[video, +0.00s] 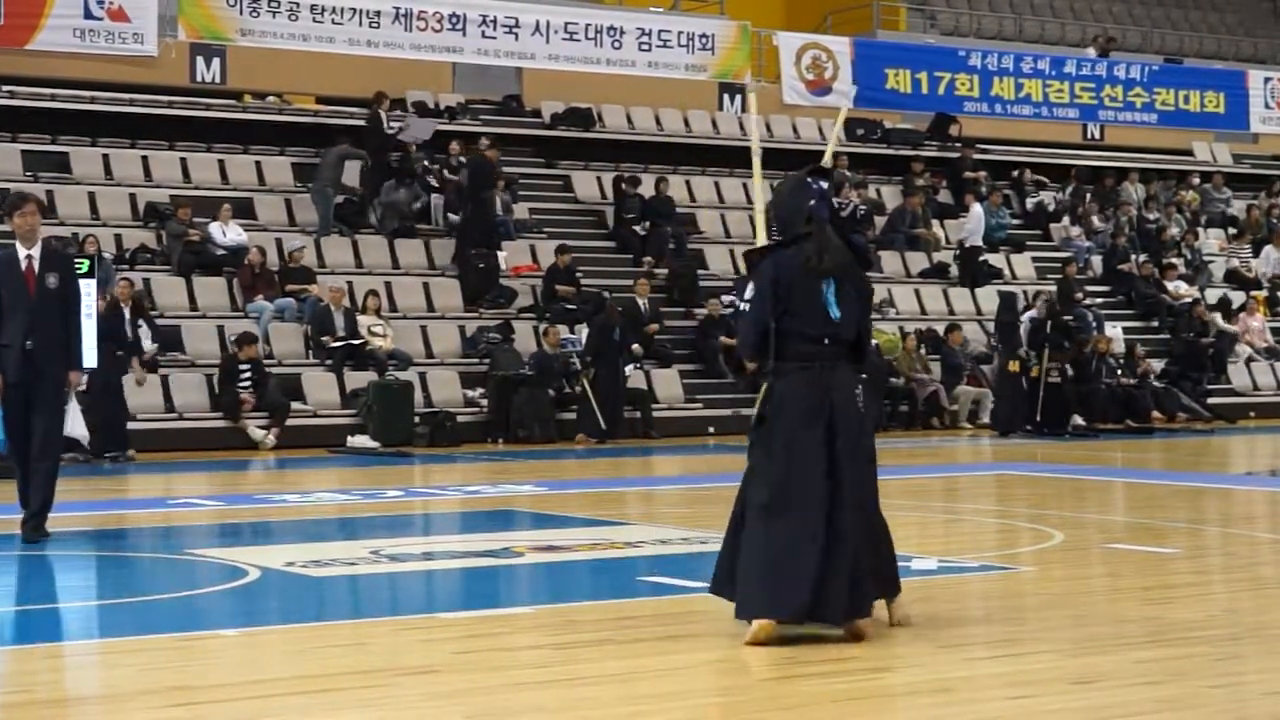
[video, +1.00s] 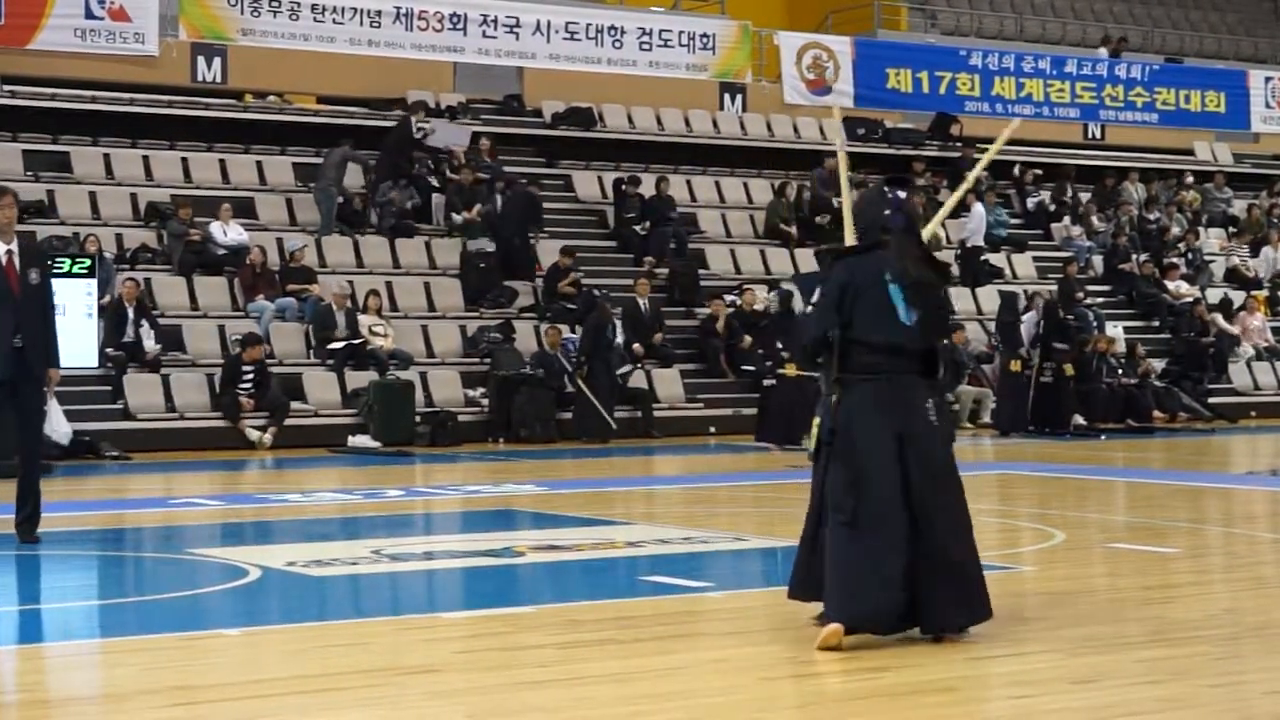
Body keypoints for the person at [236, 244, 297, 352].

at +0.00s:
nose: (251, 257)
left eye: (255, 254)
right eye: (250, 254)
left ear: (262, 258)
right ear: (248, 257)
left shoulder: (268, 273)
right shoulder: (244, 271)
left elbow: (276, 292)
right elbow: (246, 284)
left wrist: (264, 296)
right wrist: (247, 265)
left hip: (270, 301)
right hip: (251, 302)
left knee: (290, 303)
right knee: (268, 308)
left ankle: (289, 335)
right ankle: (262, 341)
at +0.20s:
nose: (252, 257)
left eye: (255, 254)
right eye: (251, 254)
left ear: (262, 258)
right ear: (248, 256)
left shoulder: (268, 272)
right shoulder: (244, 271)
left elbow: (276, 292)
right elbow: (246, 283)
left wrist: (264, 296)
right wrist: (247, 265)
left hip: (270, 301)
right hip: (251, 302)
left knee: (290, 303)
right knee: (269, 308)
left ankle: (289, 335)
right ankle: (262, 341)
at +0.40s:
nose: (252, 257)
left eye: (255, 254)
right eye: (251, 254)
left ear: (263, 258)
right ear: (249, 256)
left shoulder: (269, 273)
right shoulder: (245, 271)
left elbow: (277, 292)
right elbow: (246, 284)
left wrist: (265, 296)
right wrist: (247, 265)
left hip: (271, 301)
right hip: (252, 302)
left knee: (291, 303)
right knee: (269, 308)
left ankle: (289, 333)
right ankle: (261, 339)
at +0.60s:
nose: (253, 257)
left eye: (257, 254)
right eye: (252, 254)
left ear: (263, 258)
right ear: (250, 256)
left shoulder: (270, 273)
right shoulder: (246, 271)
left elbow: (278, 292)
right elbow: (248, 285)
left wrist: (265, 296)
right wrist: (249, 265)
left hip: (271, 300)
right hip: (253, 302)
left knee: (292, 303)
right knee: (270, 308)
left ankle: (290, 334)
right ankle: (262, 340)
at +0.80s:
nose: (253, 256)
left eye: (256, 253)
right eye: (252, 253)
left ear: (263, 257)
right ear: (249, 256)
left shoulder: (269, 272)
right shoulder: (245, 271)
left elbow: (278, 291)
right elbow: (247, 285)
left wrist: (265, 296)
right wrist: (249, 265)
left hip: (271, 300)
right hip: (253, 302)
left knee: (291, 302)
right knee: (269, 308)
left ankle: (290, 334)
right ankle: (262, 340)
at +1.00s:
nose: (253, 257)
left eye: (257, 254)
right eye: (252, 254)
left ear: (263, 258)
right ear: (250, 256)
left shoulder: (269, 272)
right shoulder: (245, 271)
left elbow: (278, 292)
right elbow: (247, 285)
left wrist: (265, 296)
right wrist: (249, 265)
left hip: (271, 300)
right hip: (253, 302)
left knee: (291, 302)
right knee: (269, 308)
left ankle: (290, 334)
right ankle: (262, 340)